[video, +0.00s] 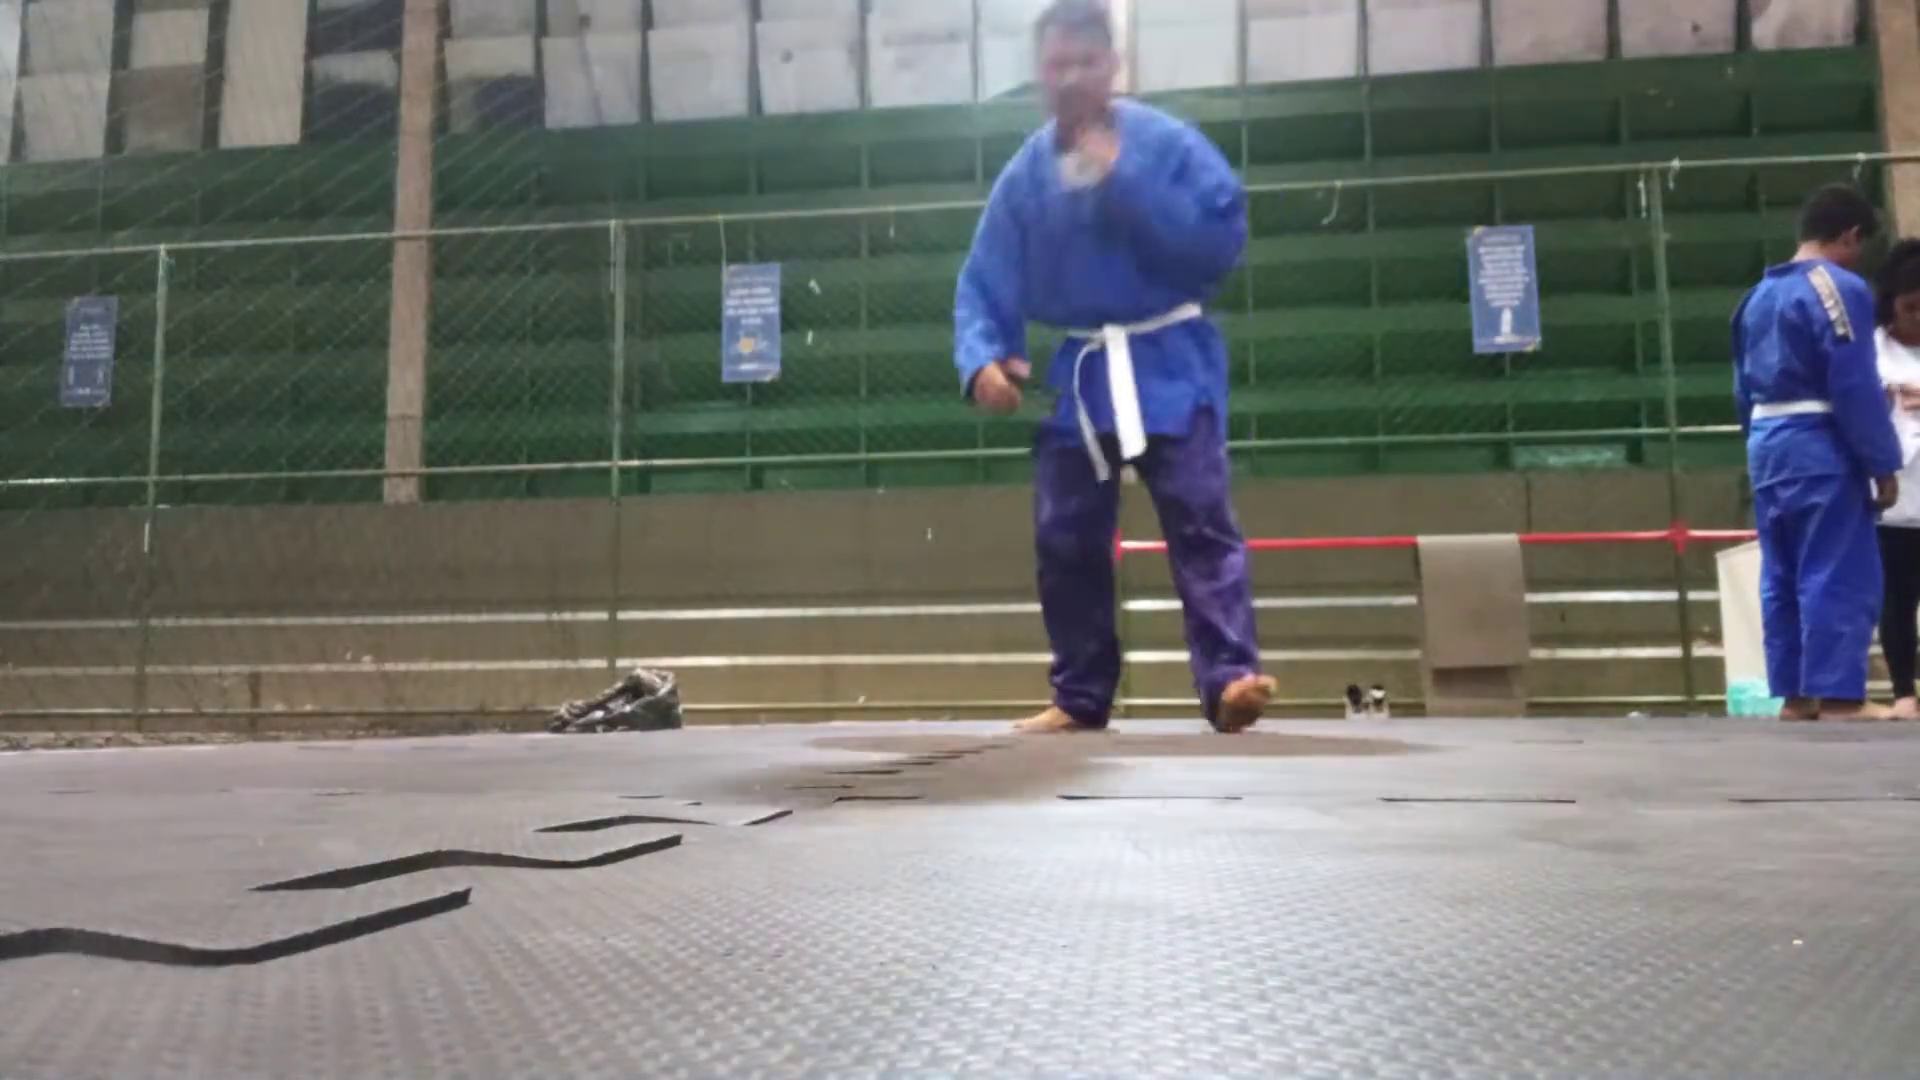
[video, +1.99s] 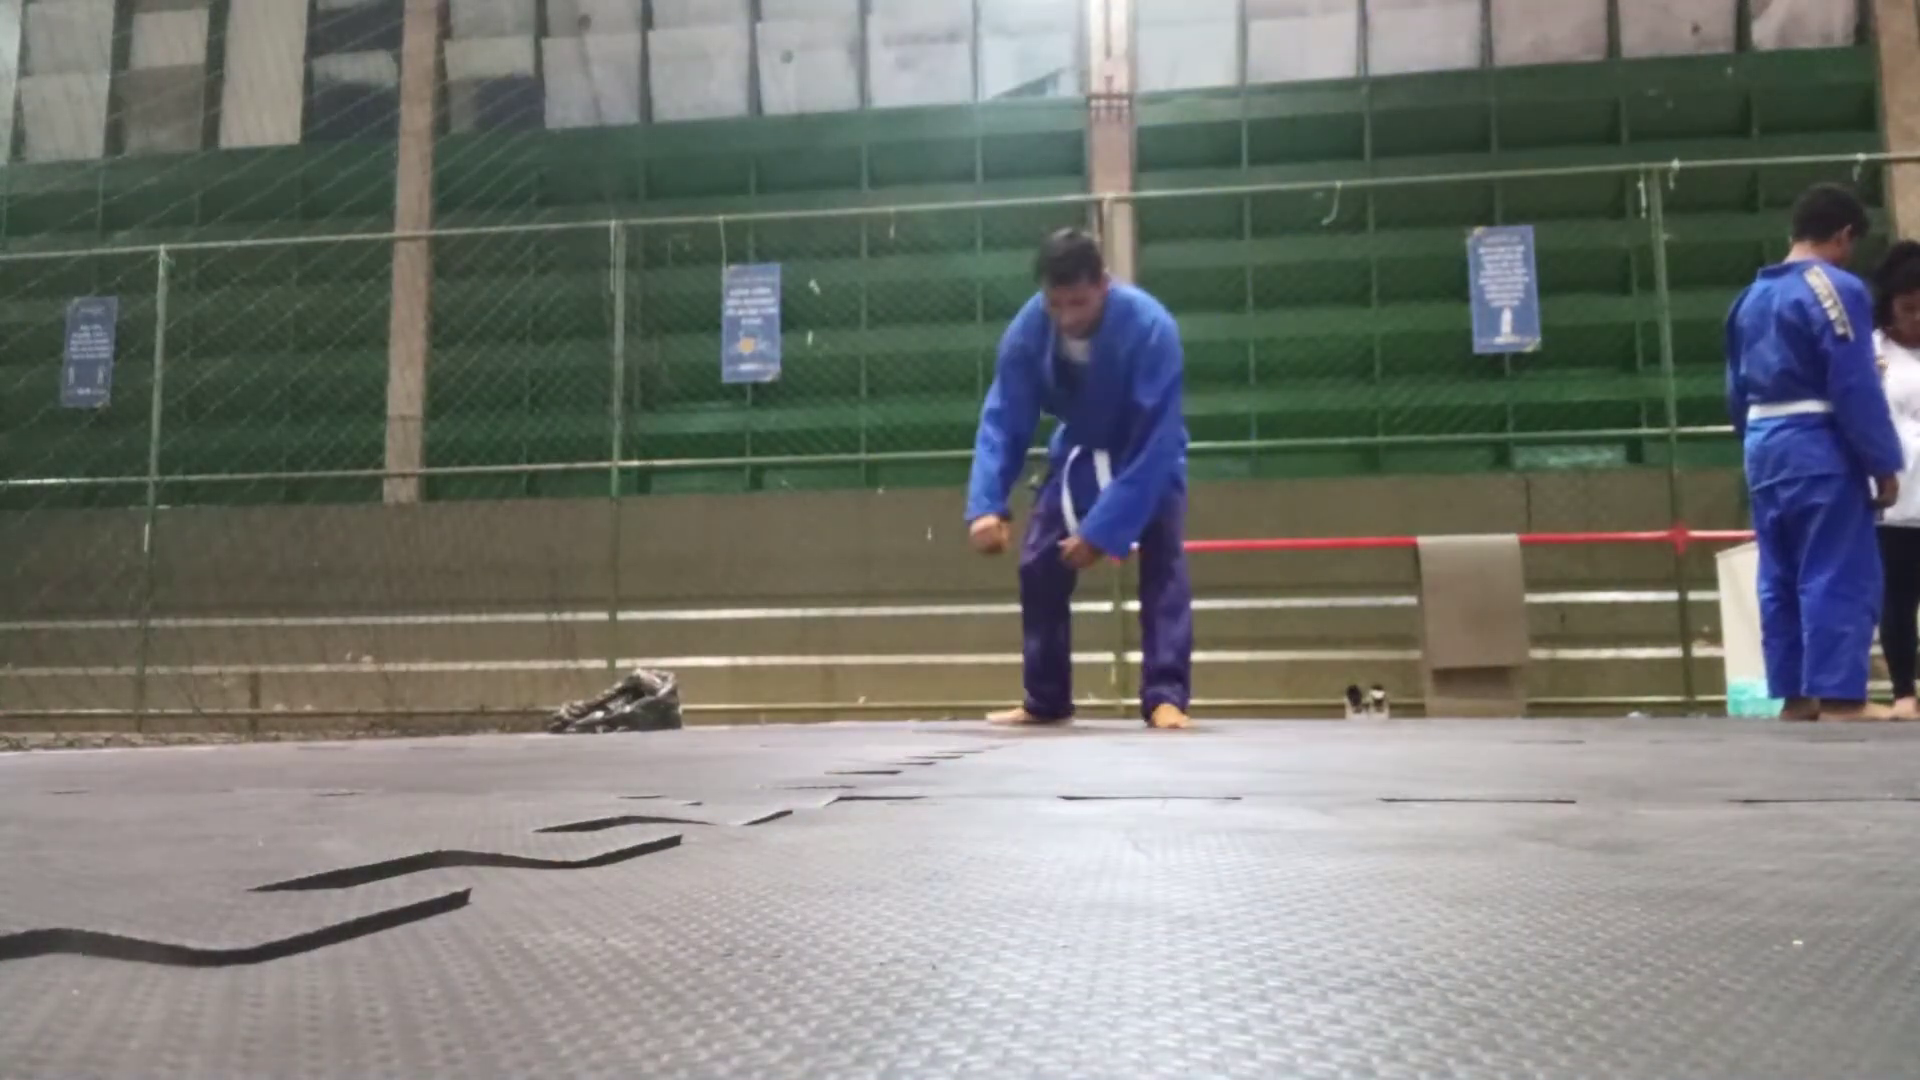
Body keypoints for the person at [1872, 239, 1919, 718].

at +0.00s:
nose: (1916, 316)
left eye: (1919, 306)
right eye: (1909, 306)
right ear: (1890, 305)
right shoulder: (1872, 347)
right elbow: (1852, 398)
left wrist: (1909, 395)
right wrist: (1890, 395)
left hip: (1914, 494)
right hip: (1894, 495)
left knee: (1907, 602)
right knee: (1899, 602)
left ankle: (1908, 689)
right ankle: (1904, 690)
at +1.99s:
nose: (1913, 317)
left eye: (1917, 307)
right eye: (1907, 307)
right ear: (1889, 307)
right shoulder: (1874, 352)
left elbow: (1865, 416)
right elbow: (1859, 414)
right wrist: (1874, 466)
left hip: (1912, 497)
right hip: (1895, 497)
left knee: (1906, 604)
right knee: (1898, 604)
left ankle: (1908, 689)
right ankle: (1904, 690)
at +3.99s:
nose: (1917, 315)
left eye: (1919, 305)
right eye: (1912, 304)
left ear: (1912, 307)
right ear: (1891, 303)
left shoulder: (1891, 352)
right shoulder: (1871, 349)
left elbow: (1867, 414)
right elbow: (1862, 412)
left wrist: (1877, 462)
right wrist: (1876, 463)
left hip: (1912, 495)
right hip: (1895, 494)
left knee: (1906, 602)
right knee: (1899, 602)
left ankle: (1908, 690)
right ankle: (1904, 691)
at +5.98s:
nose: (1914, 323)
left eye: (1917, 312)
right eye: (1907, 312)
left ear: (1918, 312)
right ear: (1887, 313)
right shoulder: (1873, 362)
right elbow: (1859, 418)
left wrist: (1897, 420)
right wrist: (1899, 419)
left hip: (1915, 506)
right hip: (1894, 505)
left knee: (1905, 608)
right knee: (1898, 607)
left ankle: (1908, 691)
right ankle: (1904, 691)